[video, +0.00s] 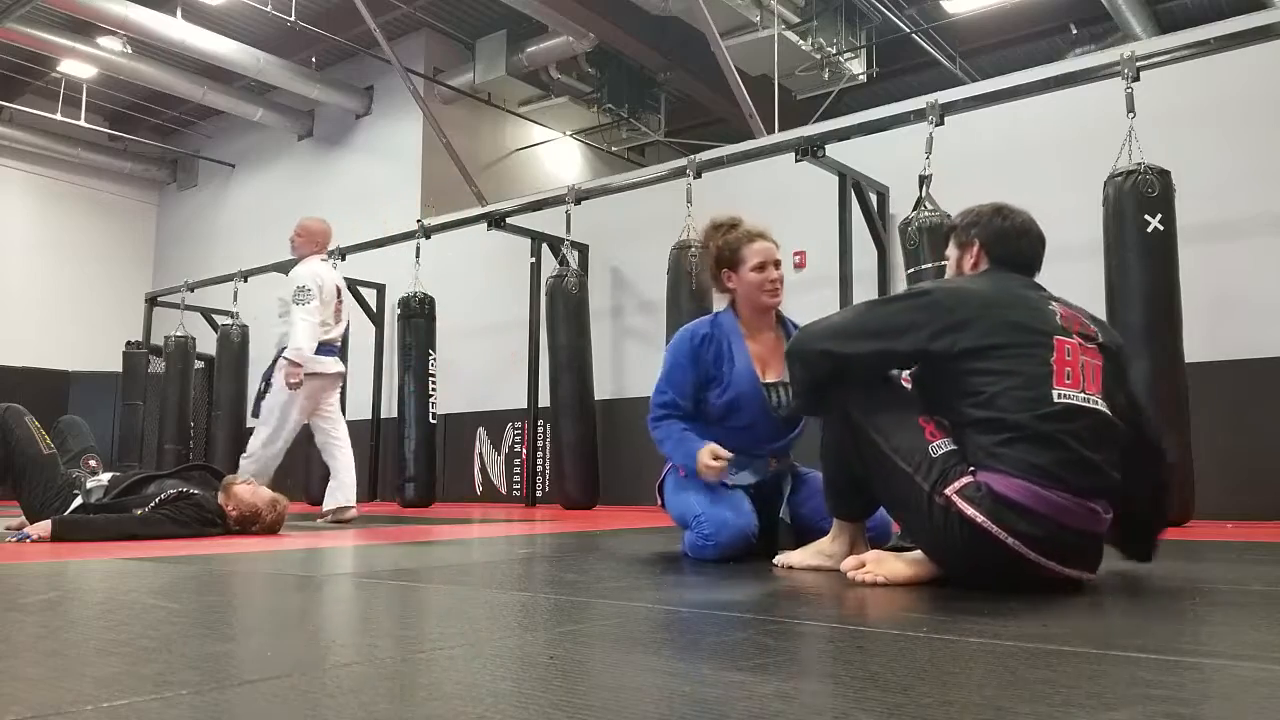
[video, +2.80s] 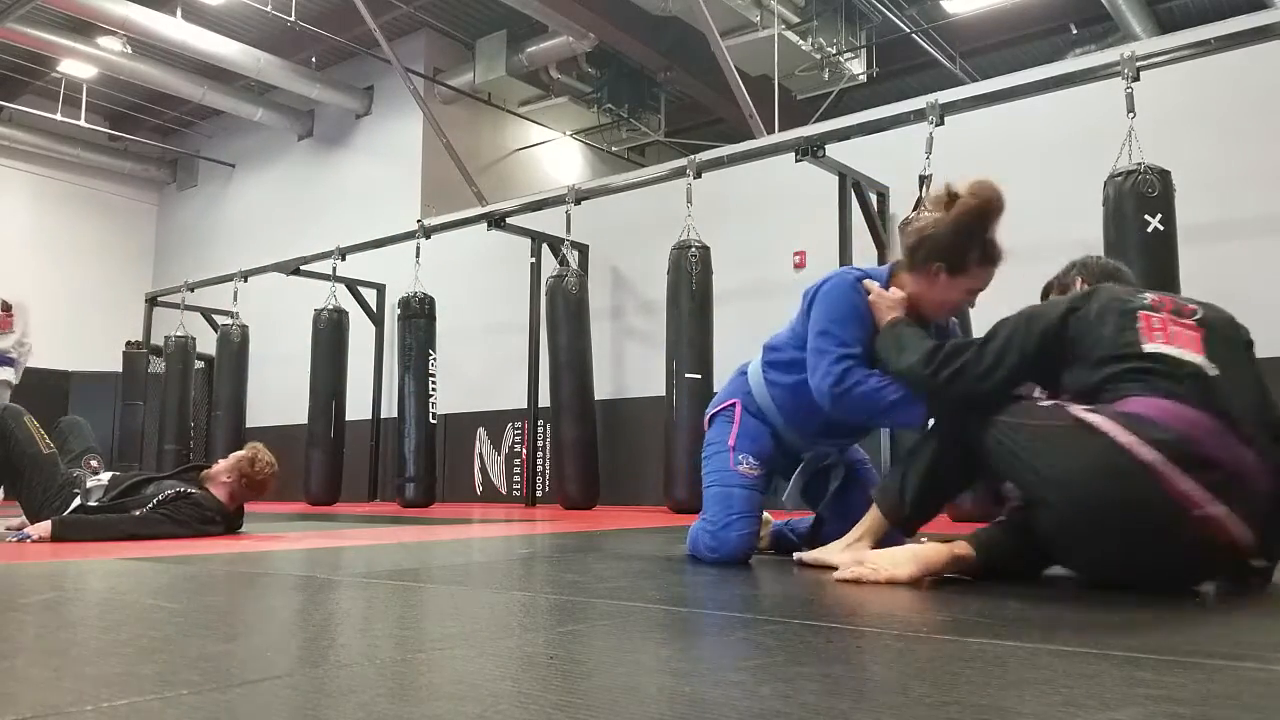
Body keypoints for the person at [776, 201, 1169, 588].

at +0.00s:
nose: (946, 275)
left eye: (949, 263)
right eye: (947, 264)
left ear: (974, 256)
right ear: (1034, 266)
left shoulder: (961, 298)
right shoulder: (1092, 327)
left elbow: (812, 344)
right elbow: (1143, 446)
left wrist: (824, 406)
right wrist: (1136, 535)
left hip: (982, 536)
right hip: (1071, 559)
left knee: (854, 391)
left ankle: (843, 539)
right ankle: (928, 552)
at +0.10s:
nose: (957, 273)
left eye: (961, 261)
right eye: (959, 263)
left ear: (985, 259)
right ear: (1043, 266)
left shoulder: (966, 299)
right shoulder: (1108, 333)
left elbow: (819, 337)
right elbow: (1175, 454)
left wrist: (834, 400)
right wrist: (1193, 551)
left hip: (984, 533)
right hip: (1070, 564)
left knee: (857, 387)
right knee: (974, 419)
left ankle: (843, 537)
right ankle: (929, 554)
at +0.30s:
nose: (979, 273)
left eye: (983, 262)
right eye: (981, 263)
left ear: (1004, 259)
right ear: (1064, 274)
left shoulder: (988, 299)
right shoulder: (1128, 342)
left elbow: (834, 335)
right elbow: (1204, 465)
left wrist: (868, 391)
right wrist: (1232, 568)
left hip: (985, 525)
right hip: (1069, 565)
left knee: (872, 382)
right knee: (991, 428)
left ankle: (844, 537)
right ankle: (930, 553)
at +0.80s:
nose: (995, 290)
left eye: (997, 281)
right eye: (998, 282)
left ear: (1018, 271)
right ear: (1082, 284)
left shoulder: (998, 298)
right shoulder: (1149, 345)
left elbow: (866, 334)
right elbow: (1217, 472)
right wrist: (1234, 569)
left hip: (980, 507)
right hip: (1064, 563)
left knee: (881, 373)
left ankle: (848, 537)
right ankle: (930, 551)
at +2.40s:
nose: (1014, 299)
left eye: (1019, 289)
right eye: (1015, 290)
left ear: (1053, 274)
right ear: (1097, 282)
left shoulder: (1037, 302)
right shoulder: (1168, 345)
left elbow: (920, 358)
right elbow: (1220, 462)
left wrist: (855, 328)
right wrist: (1233, 563)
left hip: (975, 496)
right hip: (1059, 559)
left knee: (884, 386)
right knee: (966, 543)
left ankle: (849, 535)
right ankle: (911, 551)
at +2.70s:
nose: (1041, 305)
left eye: (1044, 294)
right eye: (1041, 295)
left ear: (1072, 277)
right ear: (1124, 280)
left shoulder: (1064, 302)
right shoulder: (1210, 339)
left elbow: (945, 382)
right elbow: (1249, 464)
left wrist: (884, 335)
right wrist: (1236, 567)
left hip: (1010, 476)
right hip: (1104, 553)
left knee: (944, 412)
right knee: (985, 538)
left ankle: (859, 535)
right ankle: (932, 552)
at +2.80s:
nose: (1050, 321)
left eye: (1052, 311)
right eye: (1050, 313)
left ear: (1073, 291)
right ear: (1130, 286)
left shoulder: (1074, 306)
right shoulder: (1227, 325)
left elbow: (954, 377)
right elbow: (1264, 436)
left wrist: (892, 324)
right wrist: (1252, 558)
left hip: (1108, 476)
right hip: (1205, 545)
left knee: (976, 408)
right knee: (1058, 517)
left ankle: (863, 535)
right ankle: (942, 557)